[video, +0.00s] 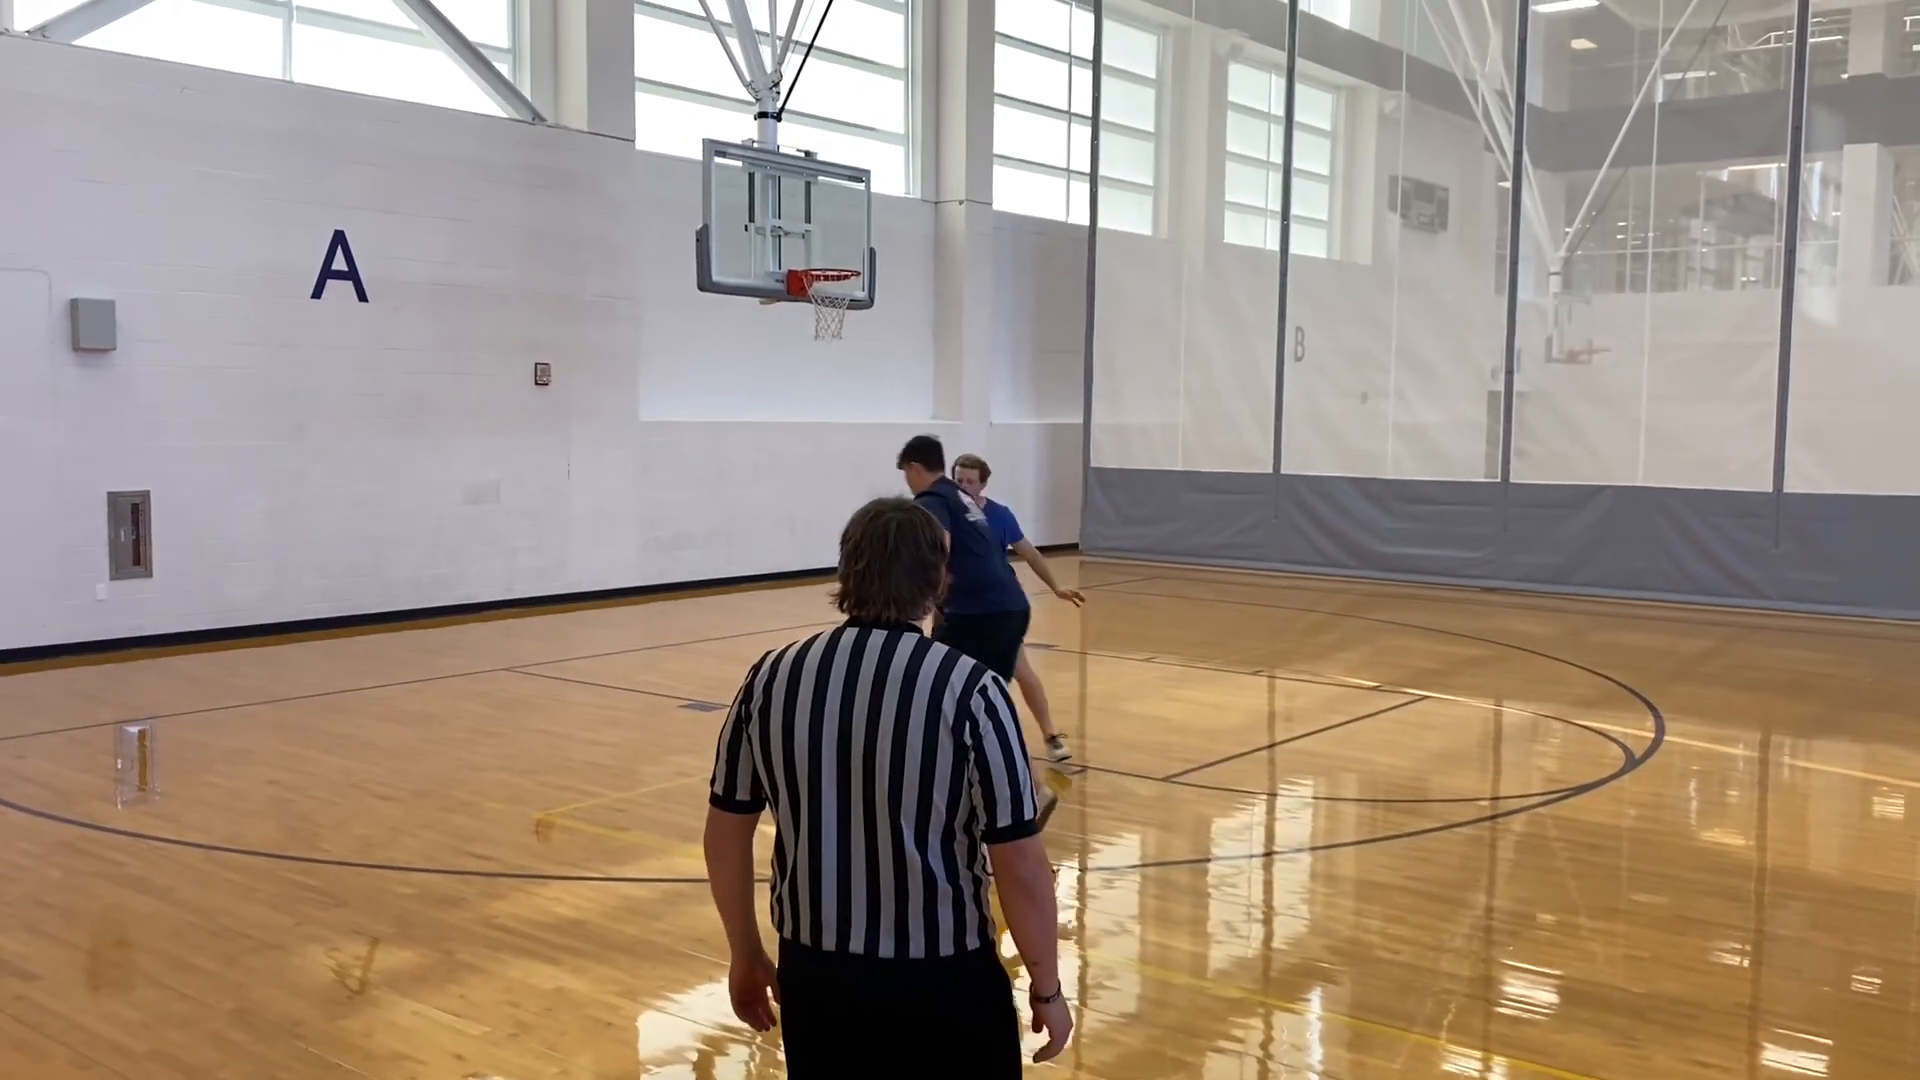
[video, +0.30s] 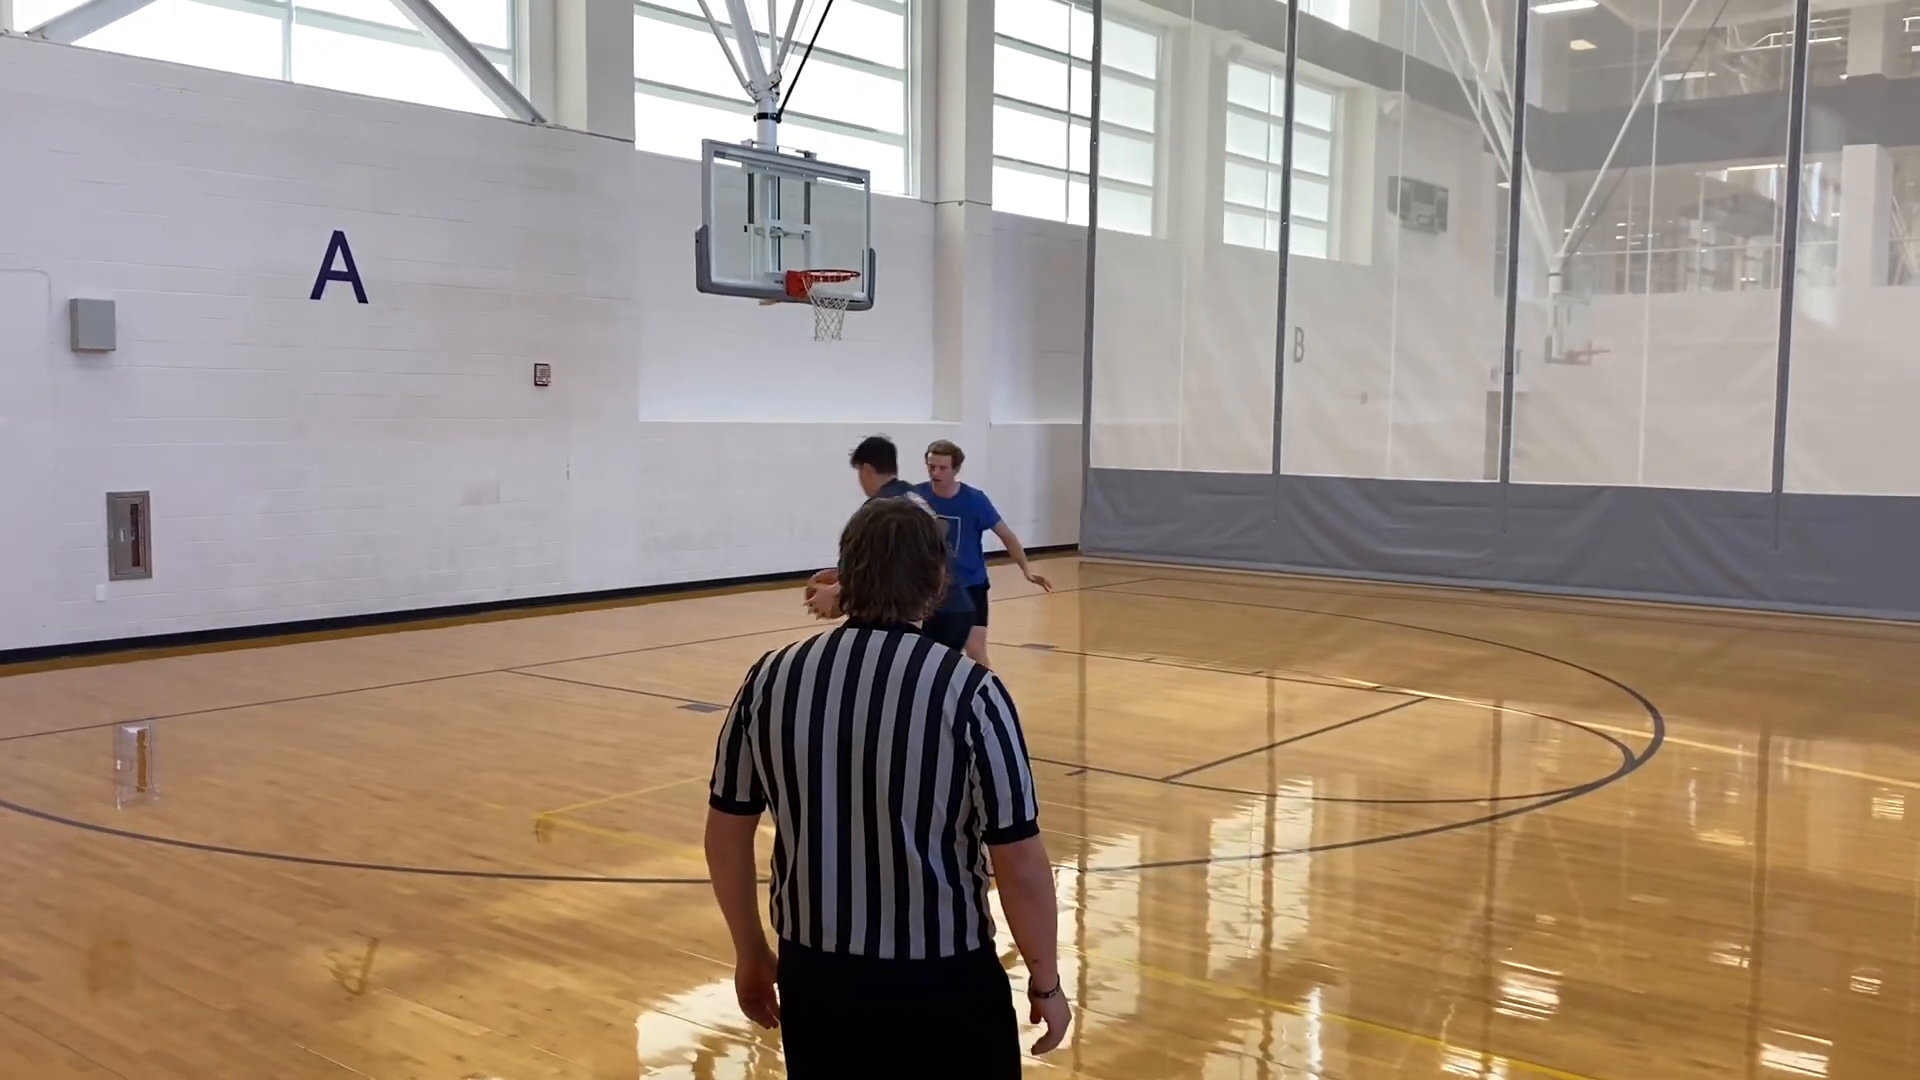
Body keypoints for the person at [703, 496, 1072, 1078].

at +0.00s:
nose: (950, 582)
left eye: (945, 566)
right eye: (947, 568)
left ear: (849, 572)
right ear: (937, 578)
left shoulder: (772, 676)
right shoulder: (973, 689)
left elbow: (725, 831)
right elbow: (1020, 862)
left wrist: (744, 950)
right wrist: (1047, 988)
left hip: (816, 984)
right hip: (948, 988)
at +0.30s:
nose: (949, 583)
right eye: (946, 570)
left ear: (847, 573)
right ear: (937, 581)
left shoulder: (772, 677)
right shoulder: (972, 691)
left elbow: (726, 832)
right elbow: (1019, 860)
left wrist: (749, 949)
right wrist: (1045, 978)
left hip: (816, 984)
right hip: (948, 988)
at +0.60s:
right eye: (943, 568)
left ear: (842, 573)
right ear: (937, 579)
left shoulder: (771, 675)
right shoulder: (971, 687)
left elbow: (727, 831)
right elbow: (1020, 854)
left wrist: (757, 945)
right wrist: (1045, 973)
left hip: (817, 981)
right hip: (950, 984)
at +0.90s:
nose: (942, 581)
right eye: (938, 567)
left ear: (843, 568)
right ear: (930, 577)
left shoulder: (768, 670)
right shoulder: (968, 684)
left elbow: (723, 831)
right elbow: (1016, 854)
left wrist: (756, 940)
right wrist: (1039, 965)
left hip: (813, 978)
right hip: (946, 981)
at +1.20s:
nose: (938, 573)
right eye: (934, 560)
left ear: (840, 564)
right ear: (929, 571)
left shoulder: (769, 668)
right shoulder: (968, 681)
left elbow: (723, 826)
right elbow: (1018, 854)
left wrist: (757, 939)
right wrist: (1038, 959)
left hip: (813, 974)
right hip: (946, 977)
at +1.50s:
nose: (940, 573)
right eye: (936, 561)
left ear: (841, 565)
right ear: (929, 571)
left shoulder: (768, 668)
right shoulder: (968, 681)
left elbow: (724, 828)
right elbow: (1019, 852)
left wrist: (758, 938)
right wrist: (1037, 955)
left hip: (814, 973)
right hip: (947, 977)